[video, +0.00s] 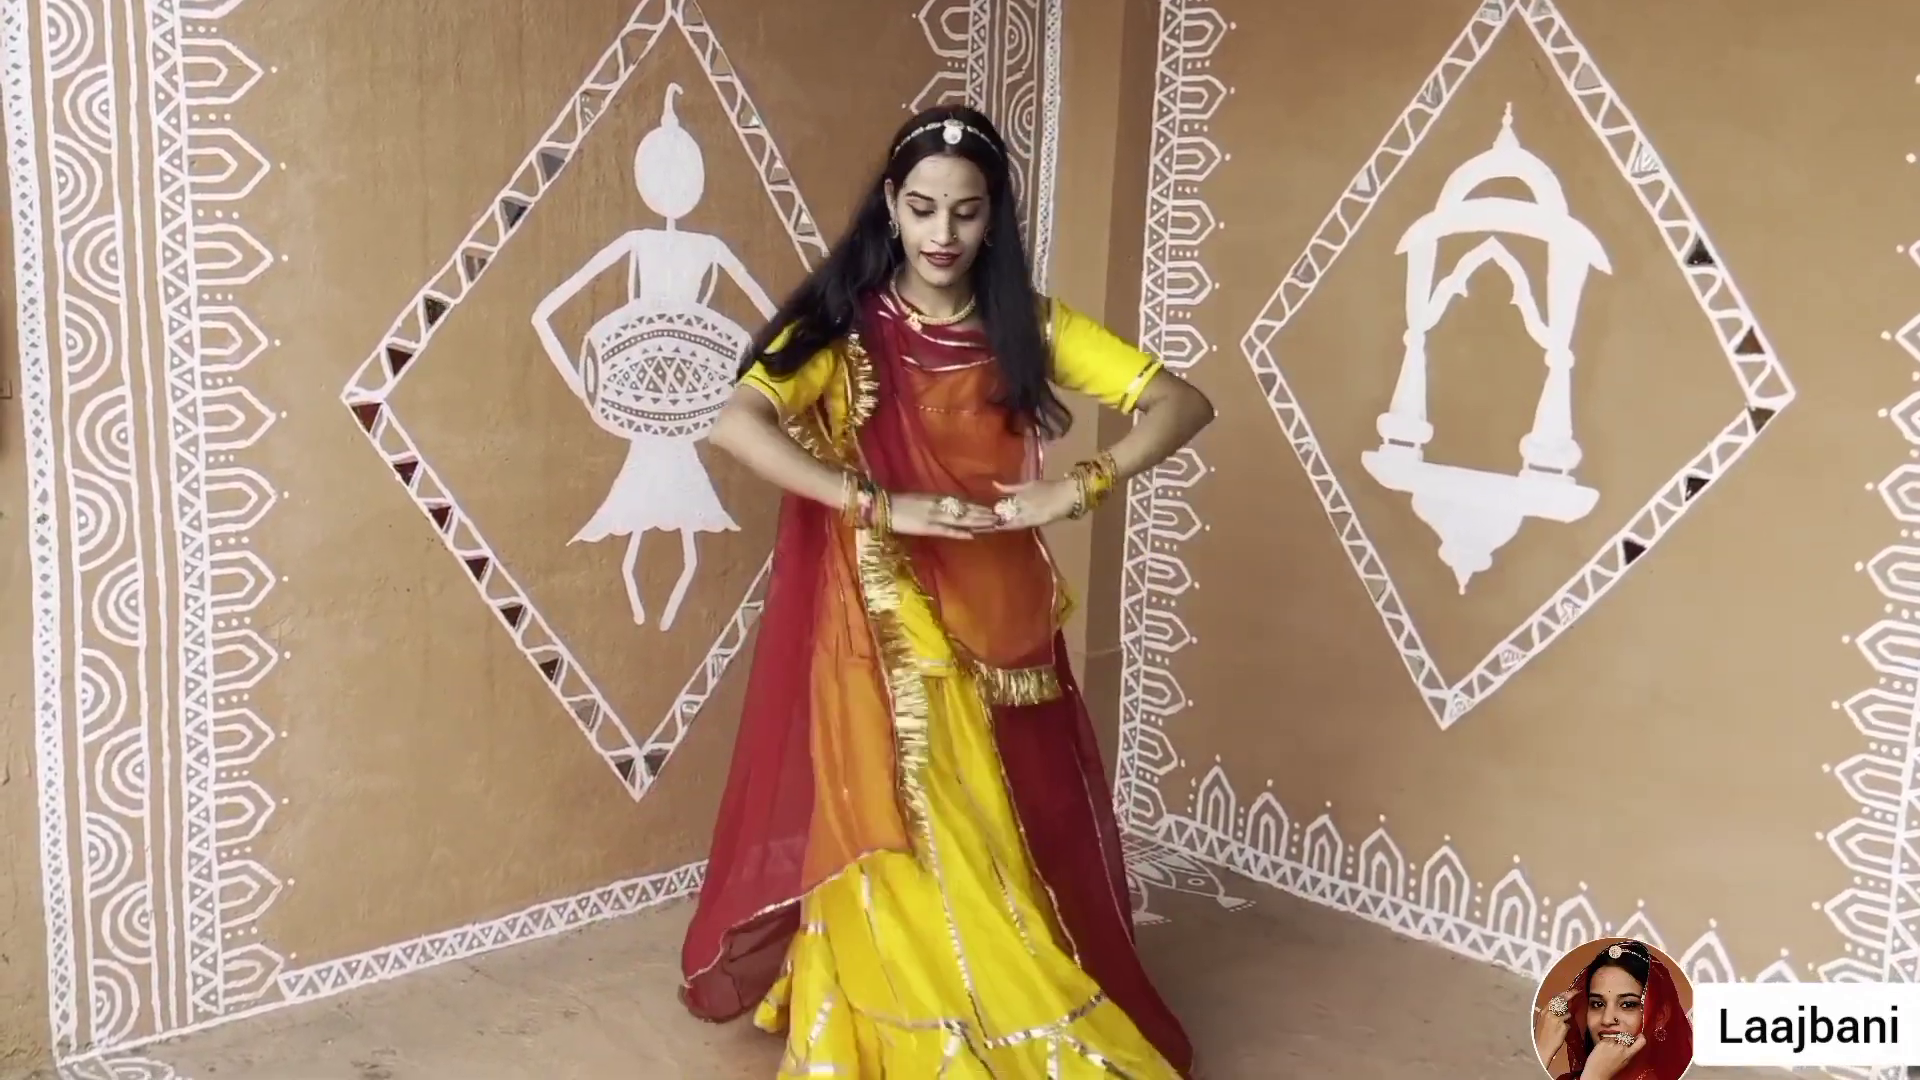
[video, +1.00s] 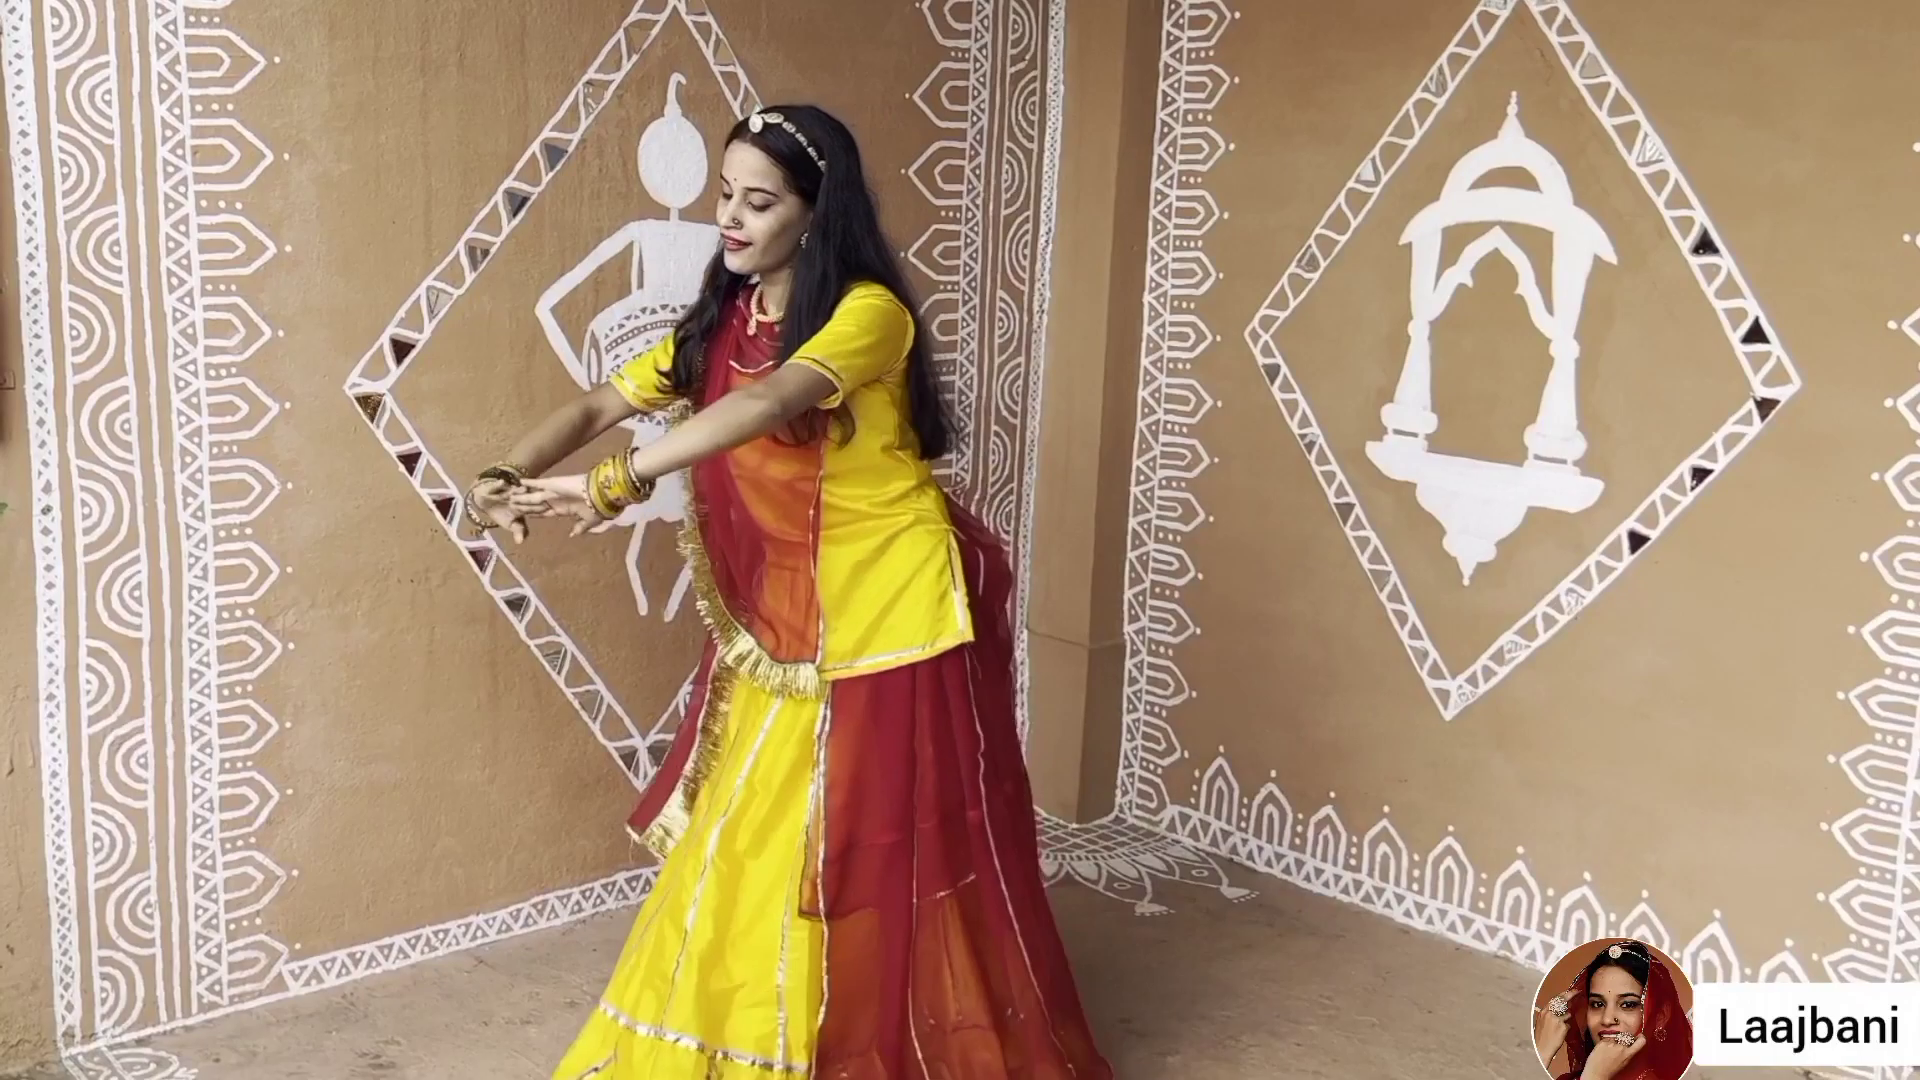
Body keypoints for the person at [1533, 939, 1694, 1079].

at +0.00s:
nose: (1608, 1019)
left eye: (1627, 1005)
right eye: (1597, 1004)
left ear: (1658, 1014)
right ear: (1585, 1012)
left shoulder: (1668, 1075)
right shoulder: (1567, 1077)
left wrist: (1595, 1075)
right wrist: (1538, 1057)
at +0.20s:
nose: (1608, 1019)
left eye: (1627, 1005)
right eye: (1597, 1004)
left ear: (1658, 1013)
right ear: (1585, 1011)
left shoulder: (1666, 1076)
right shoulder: (1567, 1078)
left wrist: (1595, 1076)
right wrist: (1538, 1056)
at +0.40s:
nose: (1607, 1019)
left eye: (1627, 1005)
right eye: (1597, 1004)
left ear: (1658, 1013)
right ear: (1586, 1011)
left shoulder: (1666, 1075)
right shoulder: (1568, 1077)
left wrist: (1596, 1075)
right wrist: (1538, 1056)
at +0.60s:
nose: (1608, 1019)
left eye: (1628, 1005)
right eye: (1597, 1004)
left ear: (1658, 1014)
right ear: (1585, 1011)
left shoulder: (1667, 1075)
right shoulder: (1567, 1078)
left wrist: (1595, 1075)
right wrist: (1539, 1055)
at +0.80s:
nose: (1608, 1019)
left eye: (1628, 1005)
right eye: (1597, 1004)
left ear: (1659, 1014)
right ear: (1586, 1011)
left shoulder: (1668, 1075)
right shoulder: (1567, 1077)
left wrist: (1595, 1075)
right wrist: (1539, 1055)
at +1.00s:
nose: (1608, 1019)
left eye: (1628, 1005)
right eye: (1597, 1004)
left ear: (1658, 1014)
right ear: (1586, 1010)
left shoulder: (1664, 1075)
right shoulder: (1569, 1077)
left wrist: (1595, 1075)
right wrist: (1539, 1055)